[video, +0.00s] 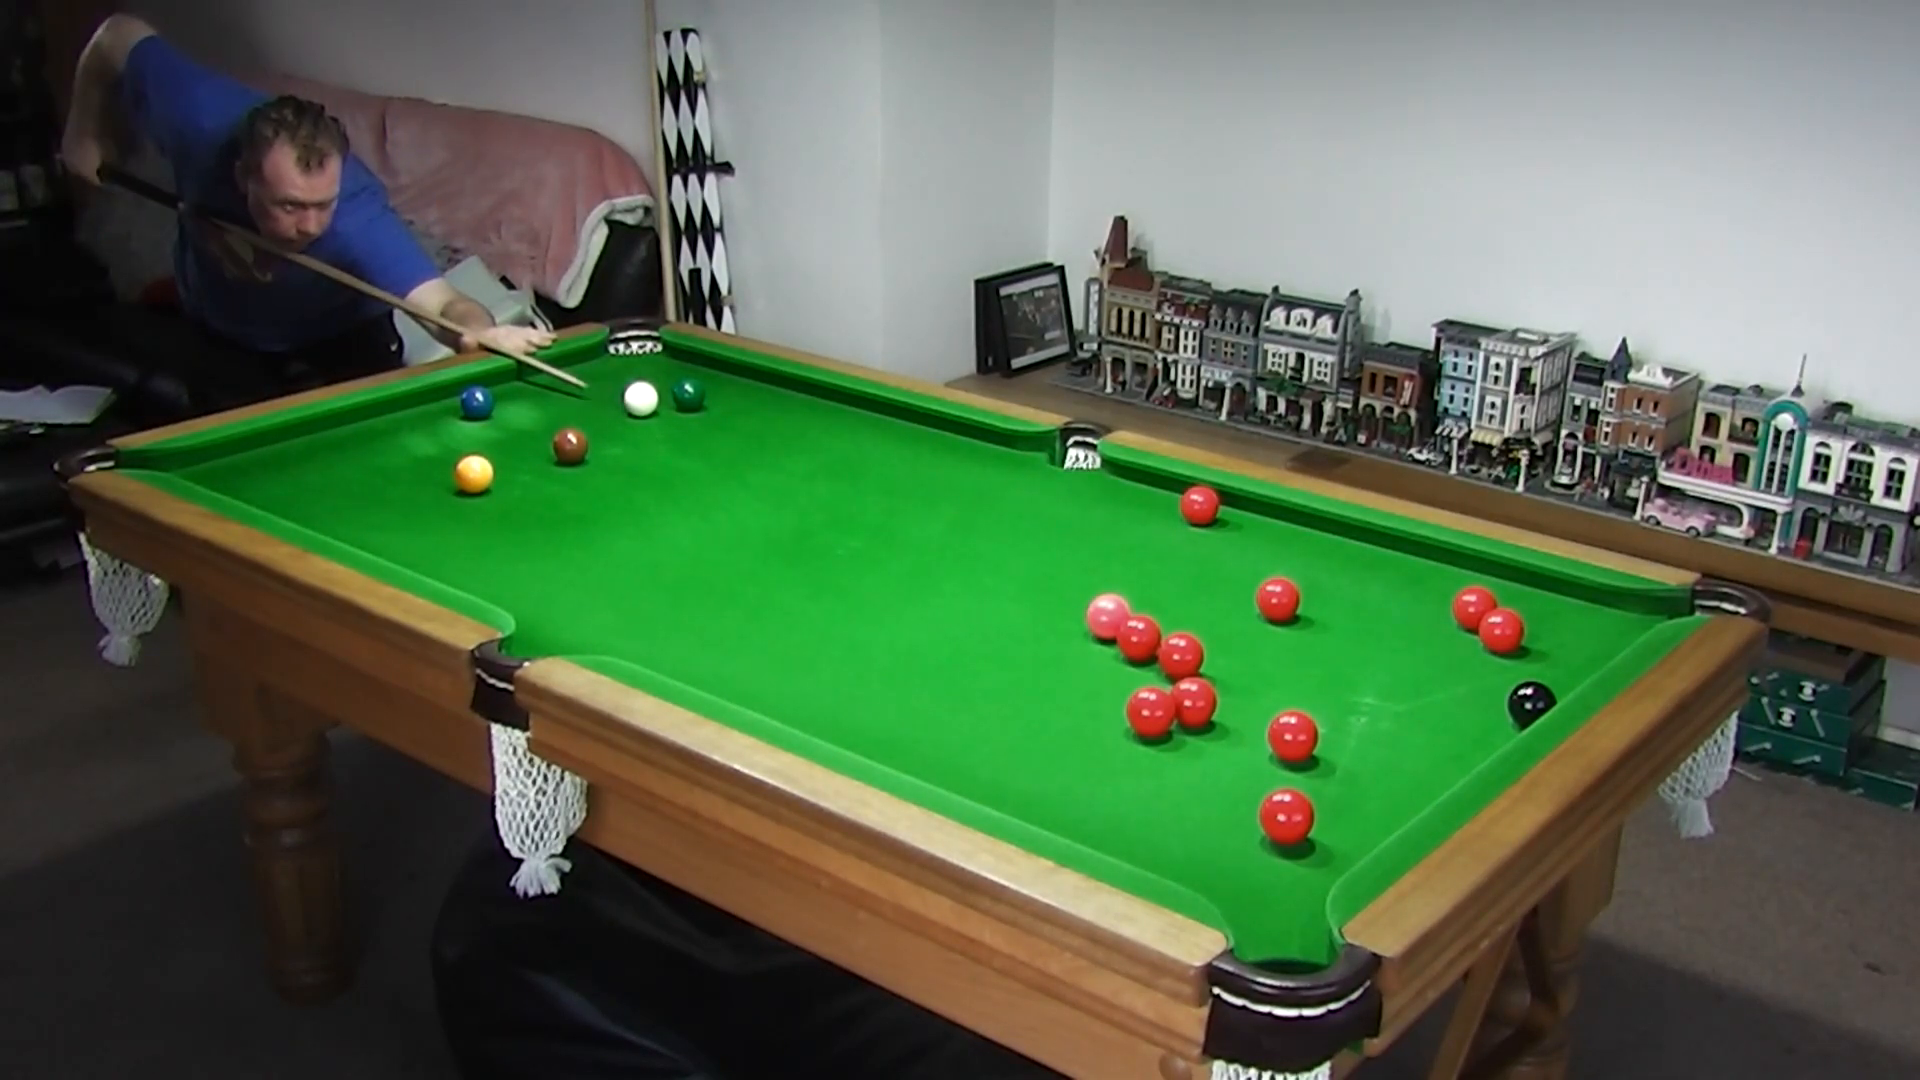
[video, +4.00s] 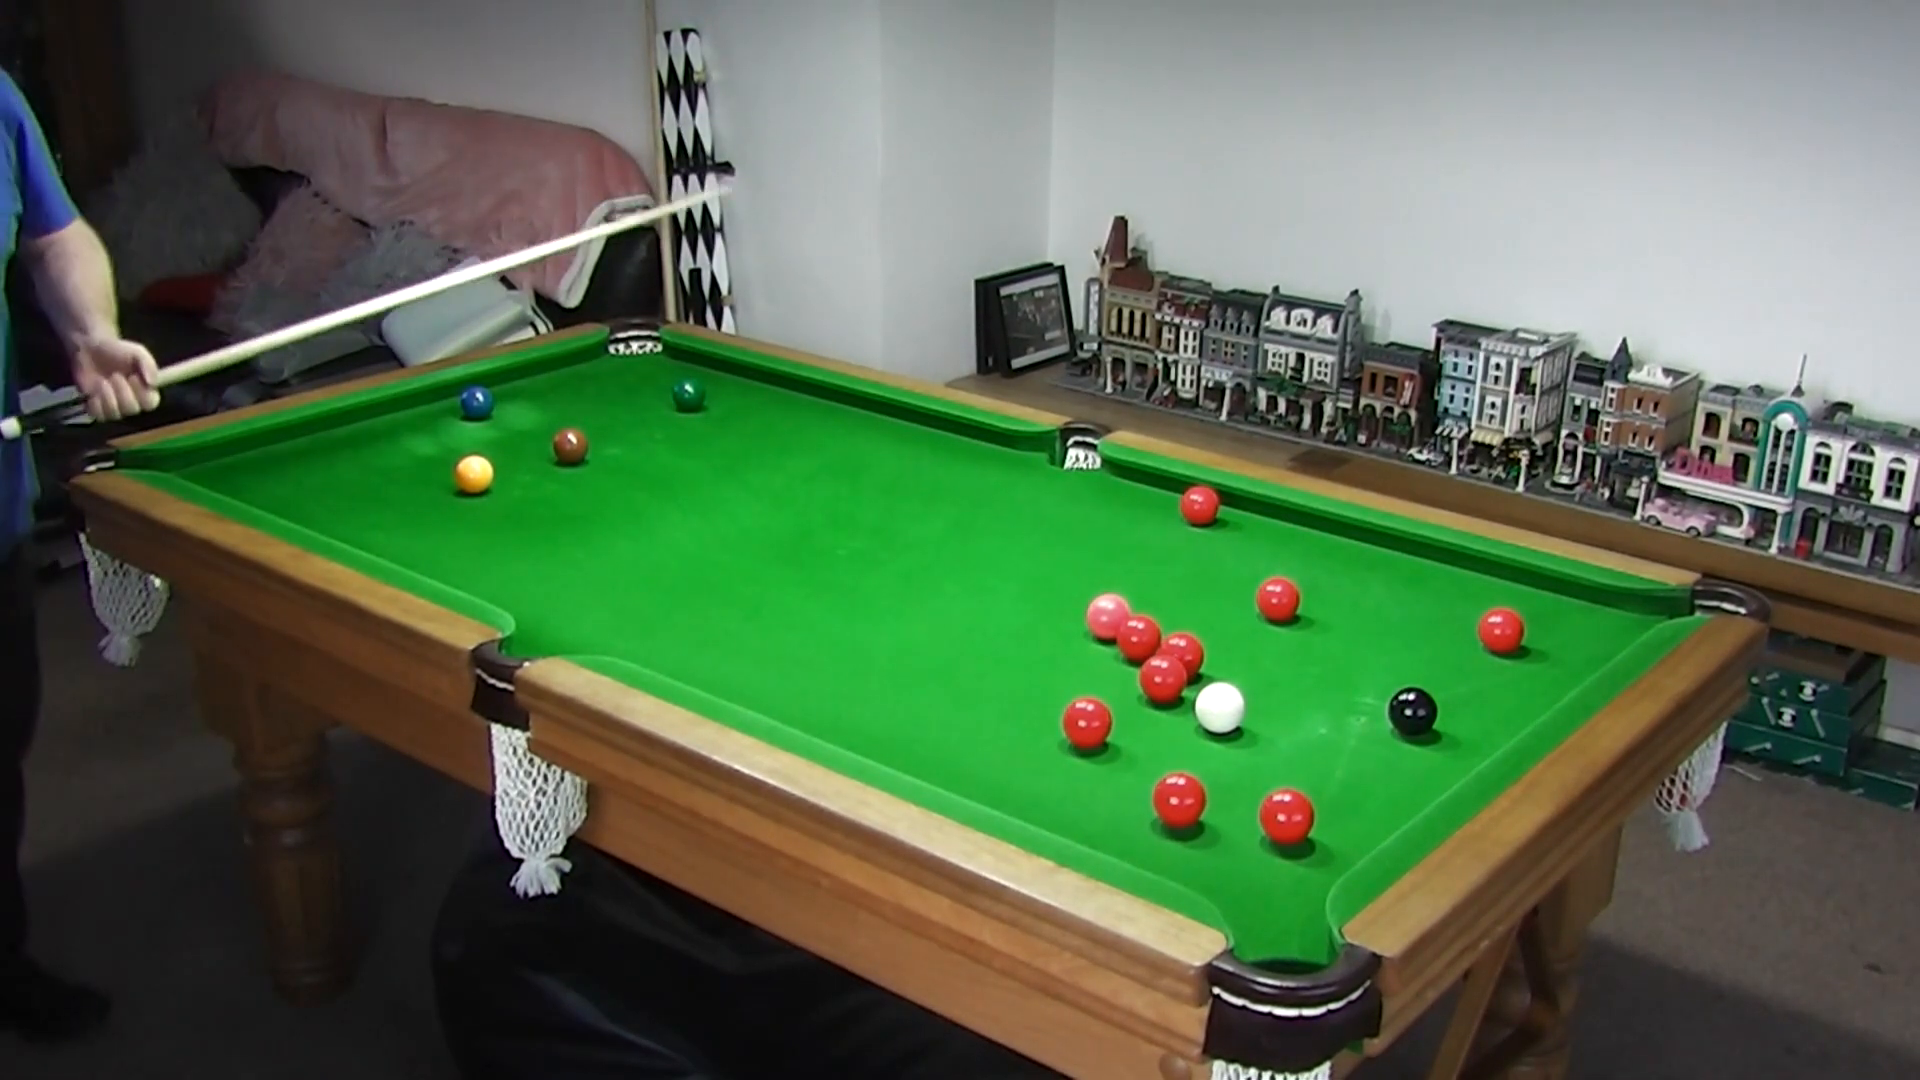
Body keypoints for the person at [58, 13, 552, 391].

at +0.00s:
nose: (311, 225)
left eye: (324, 206)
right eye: (291, 208)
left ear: (339, 181)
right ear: (244, 176)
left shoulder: (358, 211)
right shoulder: (202, 123)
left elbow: (437, 302)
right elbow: (114, 34)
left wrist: (486, 332)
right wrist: (83, 132)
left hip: (342, 323)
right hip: (224, 314)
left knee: (379, 452)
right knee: (233, 454)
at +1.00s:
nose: (318, 226)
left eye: (331, 205)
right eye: (296, 207)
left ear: (346, 182)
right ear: (251, 181)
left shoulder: (369, 213)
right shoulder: (211, 129)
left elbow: (448, 304)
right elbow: (121, 43)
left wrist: (488, 330)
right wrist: (157, 178)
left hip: (347, 325)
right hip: (228, 314)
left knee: (358, 463)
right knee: (233, 457)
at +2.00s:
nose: (229, 87)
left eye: (243, 62)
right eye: (205, 68)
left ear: (264, 56)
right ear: (166, 68)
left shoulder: (300, 125)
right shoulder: (116, 91)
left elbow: (403, 240)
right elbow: (35, 124)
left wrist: (474, 324)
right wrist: (93, 234)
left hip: (296, 327)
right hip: (166, 330)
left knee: (349, 465)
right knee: (194, 490)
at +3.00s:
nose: (54, 6)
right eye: (36, 1)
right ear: (14, 6)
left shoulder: (178, 52)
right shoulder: (5, 79)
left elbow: (277, 174)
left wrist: (334, 274)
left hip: (184, 402)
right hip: (35, 413)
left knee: (206, 603)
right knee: (24, 635)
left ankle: (214, 737)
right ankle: (12, 819)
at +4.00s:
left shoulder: (3, 99)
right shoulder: (11, 102)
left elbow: (57, 232)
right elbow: (60, 235)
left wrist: (96, 332)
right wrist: (92, 332)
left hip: (3, 517)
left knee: (8, 741)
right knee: (4, 749)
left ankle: (9, 961)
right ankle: (8, 965)